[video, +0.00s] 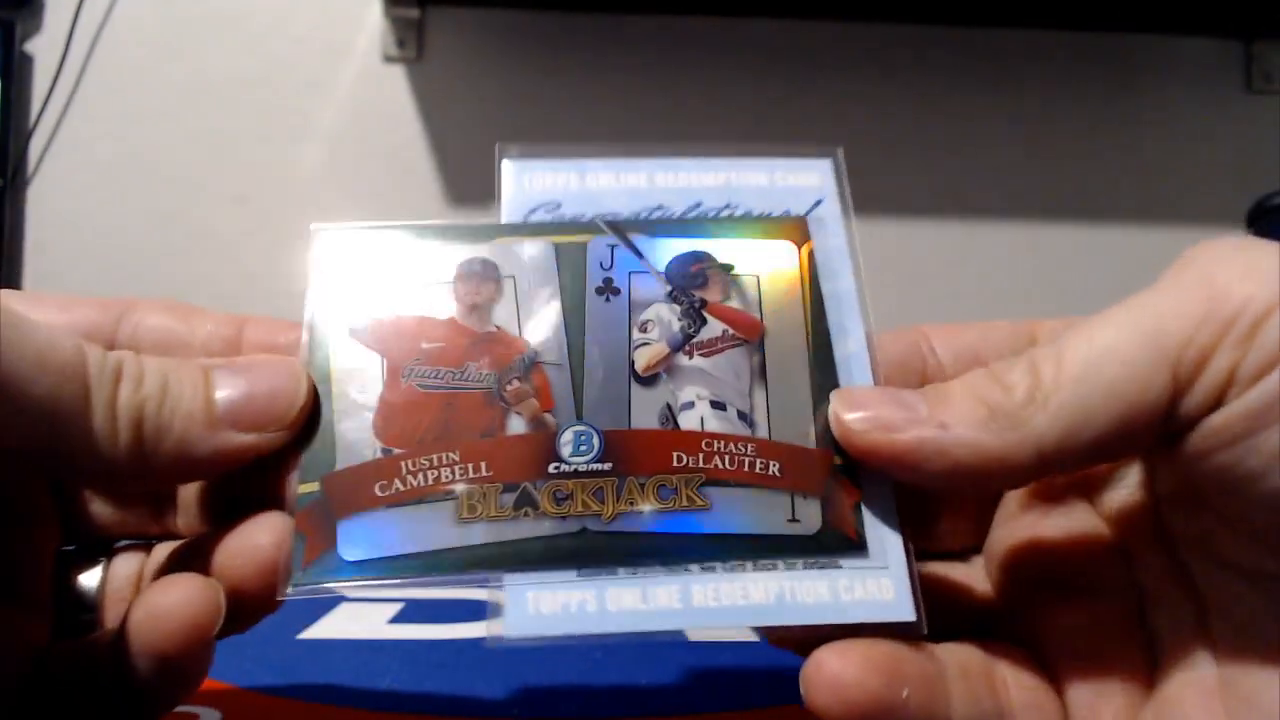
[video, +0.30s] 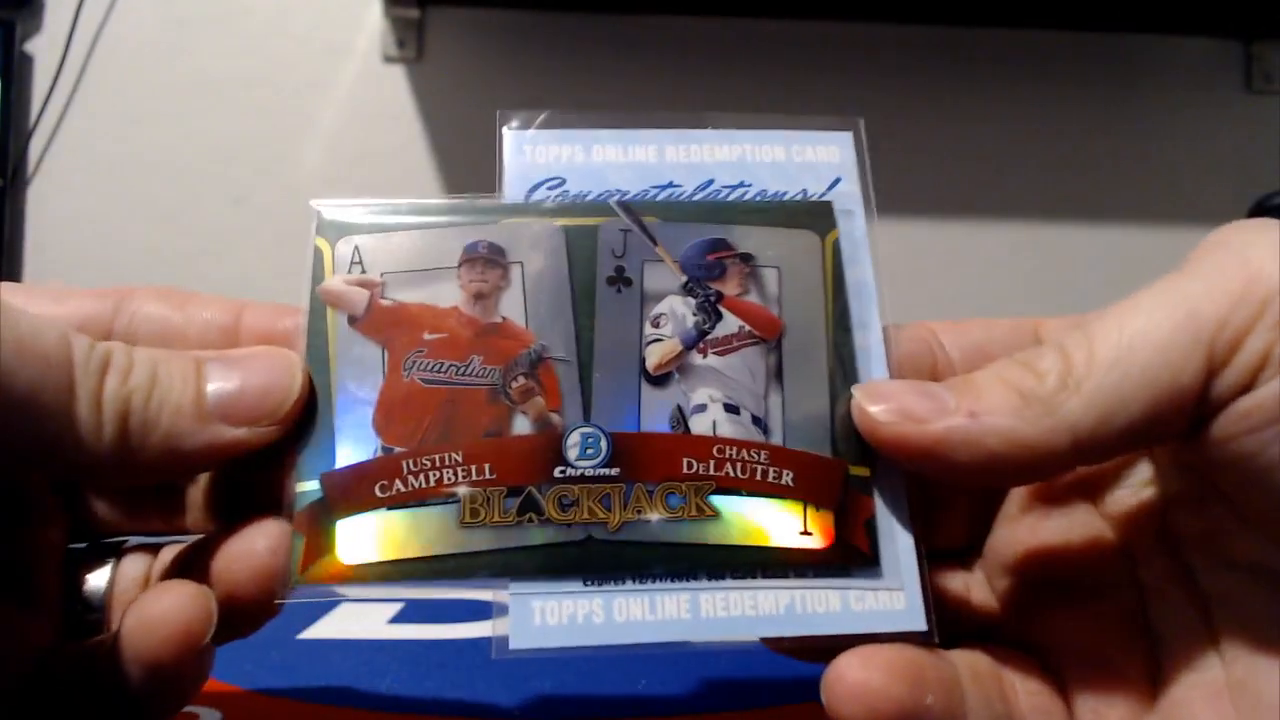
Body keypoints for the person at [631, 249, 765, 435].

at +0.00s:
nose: (727, 278)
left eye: (724, 272)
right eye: (719, 271)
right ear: (697, 274)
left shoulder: (733, 314)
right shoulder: (663, 312)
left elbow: (756, 331)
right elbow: (642, 366)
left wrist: (702, 304)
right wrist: (682, 335)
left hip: (742, 422)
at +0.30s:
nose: (744, 269)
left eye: (742, 262)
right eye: (734, 262)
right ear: (709, 268)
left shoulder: (749, 310)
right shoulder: (677, 305)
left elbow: (774, 329)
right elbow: (654, 364)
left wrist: (717, 297)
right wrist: (696, 331)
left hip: (756, 426)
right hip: (715, 420)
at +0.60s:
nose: (770, 251)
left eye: (768, 244)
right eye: (759, 244)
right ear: (733, 252)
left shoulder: (774, 292)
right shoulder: (699, 288)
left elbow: (799, 314)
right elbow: (675, 348)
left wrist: (743, 281)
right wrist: (719, 315)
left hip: (778, 415)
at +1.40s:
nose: (792, 240)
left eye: (790, 233)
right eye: (782, 233)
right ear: (755, 238)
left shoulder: (793, 283)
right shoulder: (722, 278)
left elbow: (819, 306)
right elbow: (697, 341)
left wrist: (764, 270)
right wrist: (741, 307)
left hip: (797, 404)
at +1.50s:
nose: (804, 251)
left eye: (801, 244)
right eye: (793, 245)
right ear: (766, 251)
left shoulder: (808, 298)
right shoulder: (734, 293)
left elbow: (833, 317)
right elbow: (711, 357)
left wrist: (776, 283)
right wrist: (753, 321)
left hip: (813, 421)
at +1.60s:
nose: (813, 264)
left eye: (810, 256)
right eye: (802, 257)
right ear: (775, 264)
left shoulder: (816, 309)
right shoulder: (741, 306)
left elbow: (841, 329)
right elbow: (719, 370)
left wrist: (784, 295)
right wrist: (762, 333)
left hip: (821, 431)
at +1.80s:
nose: (829, 274)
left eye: (826, 266)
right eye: (816, 267)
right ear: (789, 274)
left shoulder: (834, 323)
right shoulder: (758, 315)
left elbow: (857, 340)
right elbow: (733, 379)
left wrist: (798, 305)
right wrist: (777, 342)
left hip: (835, 443)